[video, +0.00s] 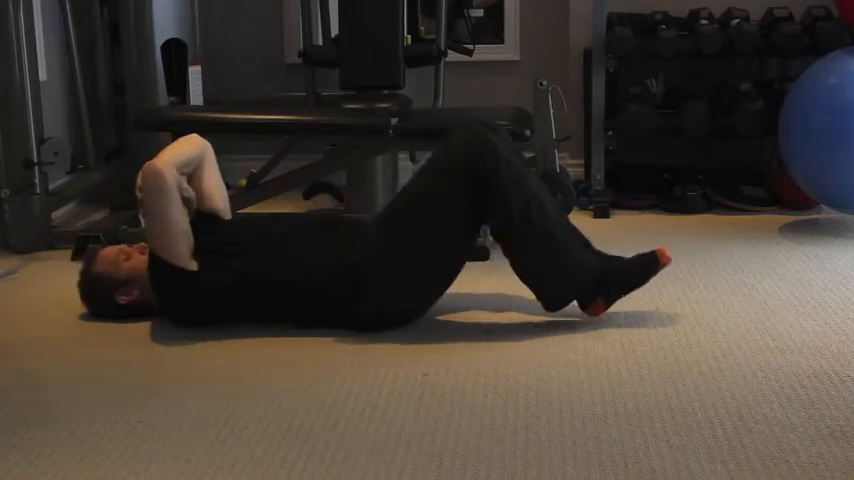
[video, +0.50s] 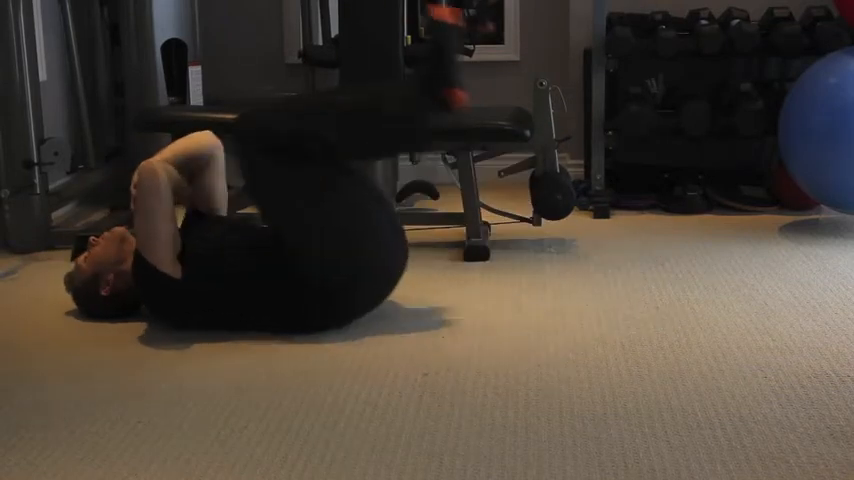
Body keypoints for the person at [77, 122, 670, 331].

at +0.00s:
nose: (129, 250)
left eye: (121, 250)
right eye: (118, 260)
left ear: (139, 260)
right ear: (130, 292)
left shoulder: (205, 256)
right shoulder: (183, 293)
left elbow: (200, 152)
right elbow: (163, 168)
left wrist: (181, 225)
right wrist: (175, 233)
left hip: (380, 260)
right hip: (373, 287)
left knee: (478, 142)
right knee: (475, 153)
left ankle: (573, 273)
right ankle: (584, 279)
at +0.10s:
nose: (121, 250)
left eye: (113, 249)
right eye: (109, 260)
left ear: (134, 261)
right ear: (124, 293)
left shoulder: (204, 253)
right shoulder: (177, 294)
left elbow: (200, 153)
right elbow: (159, 170)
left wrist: (166, 210)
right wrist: (172, 233)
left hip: (378, 260)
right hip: (369, 287)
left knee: (471, 136)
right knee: (466, 149)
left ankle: (559, 267)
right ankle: (580, 271)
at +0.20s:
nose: (115, 250)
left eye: (107, 249)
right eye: (105, 261)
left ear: (129, 259)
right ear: (118, 294)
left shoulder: (196, 251)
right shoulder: (173, 291)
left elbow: (195, 151)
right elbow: (148, 175)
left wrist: (169, 228)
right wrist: (162, 225)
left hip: (368, 259)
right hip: (363, 287)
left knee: (433, 130)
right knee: (431, 134)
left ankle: (542, 236)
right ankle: (561, 238)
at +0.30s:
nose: (107, 246)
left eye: (97, 248)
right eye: (98, 259)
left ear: (122, 258)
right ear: (115, 288)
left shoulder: (198, 242)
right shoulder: (167, 294)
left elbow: (194, 152)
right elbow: (145, 178)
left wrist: (143, 220)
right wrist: (159, 214)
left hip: (369, 264)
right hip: (356, 287)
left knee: (382, 116)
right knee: (374, 125)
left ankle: (527, 177)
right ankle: (528, 183)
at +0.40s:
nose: (99, 238)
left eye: (92, 241)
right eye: (91, 252)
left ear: (115, 241)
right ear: (113, 285)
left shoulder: (201, 244)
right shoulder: (165, 292)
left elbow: (200, 148)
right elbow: (147, 181)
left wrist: (146, 189)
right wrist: (148, 231)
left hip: (358, 265)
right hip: (338, 286)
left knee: (326, 117)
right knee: (313, 121)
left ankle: (486, 121)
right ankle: (487, 133)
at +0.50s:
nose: (103, 232)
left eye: (89, 240)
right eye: (90, 248)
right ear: (113, 283)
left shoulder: (198, 245)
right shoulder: (161, 290)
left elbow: (208, 146)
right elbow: (151, 174)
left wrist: (150, 180)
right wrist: (166, 185)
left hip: (367, 255)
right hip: (337, 275)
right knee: (256, 134)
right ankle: (430, 117)